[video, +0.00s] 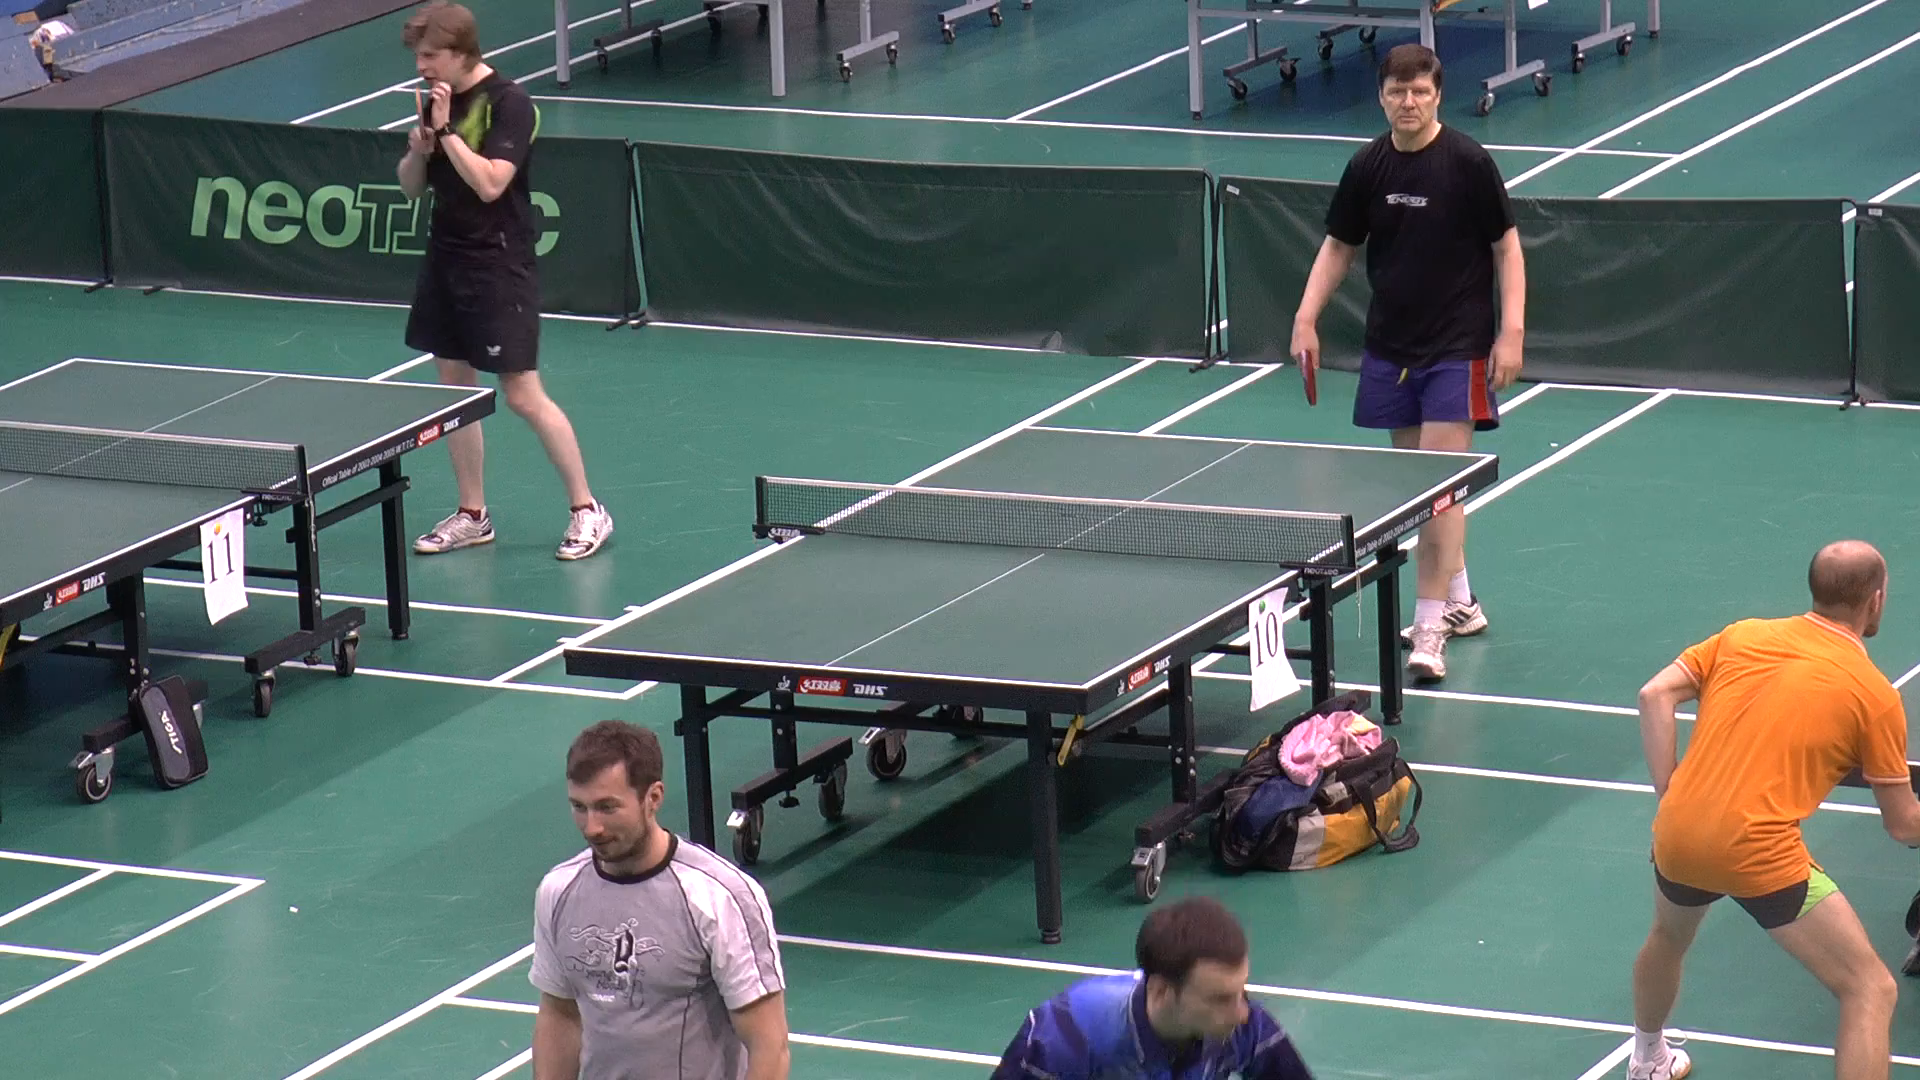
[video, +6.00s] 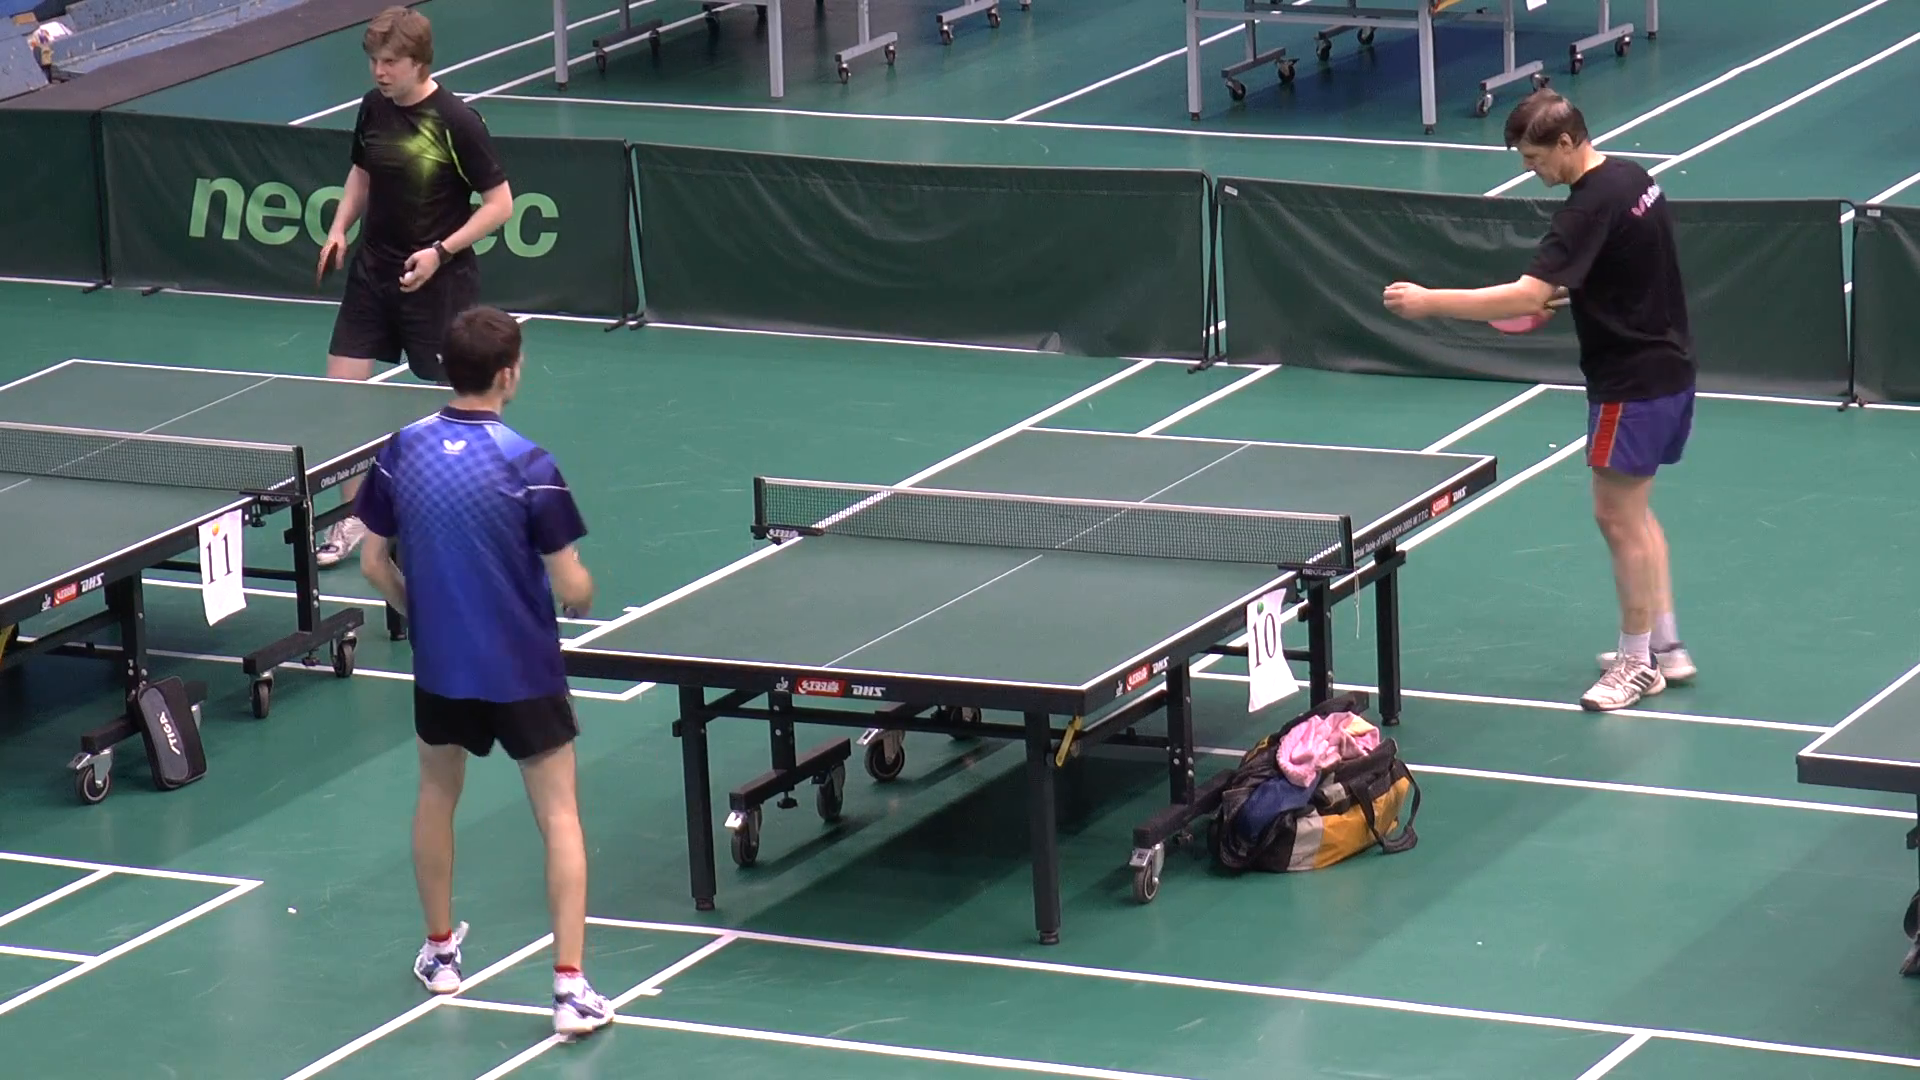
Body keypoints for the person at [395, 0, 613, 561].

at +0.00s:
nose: (424, 68)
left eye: (431, 57)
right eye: (419, 58)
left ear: (462, 51)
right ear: (422, 58)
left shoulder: (510, 102)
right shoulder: (437, 104)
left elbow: (490, 184)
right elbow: (409, 186)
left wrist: (444, 131)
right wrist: (420, 144)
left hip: (502, 267)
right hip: (448, 264)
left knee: (523, 395)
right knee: (455, 390)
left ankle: (587, 511)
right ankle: (472, 514)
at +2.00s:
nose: (300, 158)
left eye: (304, 145)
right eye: (295, 149)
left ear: (335, 132)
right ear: (339, 132)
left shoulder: (374, 167)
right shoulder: (379, 153)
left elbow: (403, 244)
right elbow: (411, 236)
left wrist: (333, 272)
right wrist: (340, 271)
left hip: (444, 304)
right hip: (412, 303)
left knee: (418, 444)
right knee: (367, 418)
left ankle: (503, 560)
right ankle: (351, 531)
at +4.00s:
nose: (320, 157)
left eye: (323, 145)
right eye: (314, 148)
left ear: (351, 131)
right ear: (356, 128)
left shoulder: (384, 170)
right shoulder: (409, 148)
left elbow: (420, 244)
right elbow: (423, 232)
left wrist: (354, 271)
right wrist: (359, 262)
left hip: (436, 318)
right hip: (414, 313)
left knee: (419, 451)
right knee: (366, 423)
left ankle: (512, 563)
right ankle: (348, 530)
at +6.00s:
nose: (378, 72)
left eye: (387, 63)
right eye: (374, 62)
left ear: (419, 61)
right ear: (373, 61)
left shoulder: (459, 120)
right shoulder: (373, 108)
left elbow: (500, 203)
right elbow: (361, 175)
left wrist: (442, 251)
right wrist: (339, 228)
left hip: (440, 281)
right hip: (373, 272)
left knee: (455, 399)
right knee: (343, 386)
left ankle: (468, 515)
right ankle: (359, 513)